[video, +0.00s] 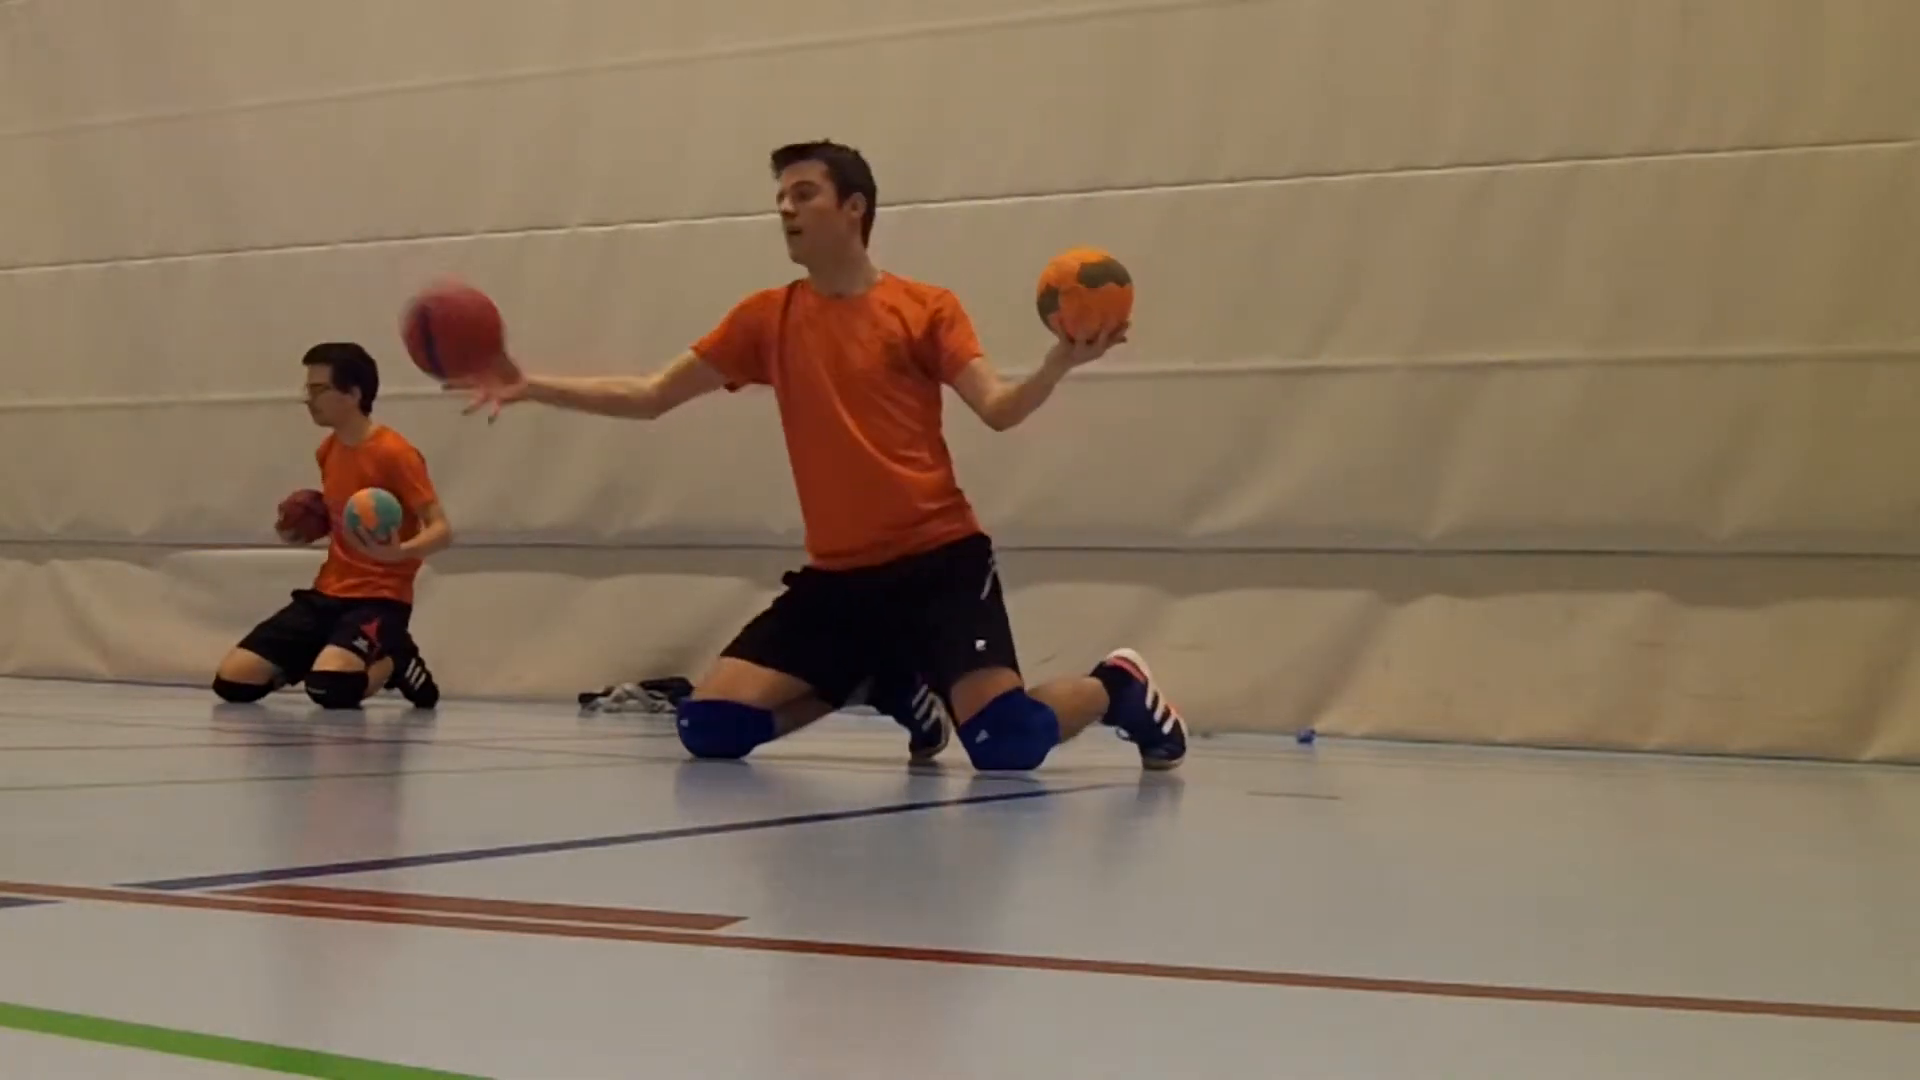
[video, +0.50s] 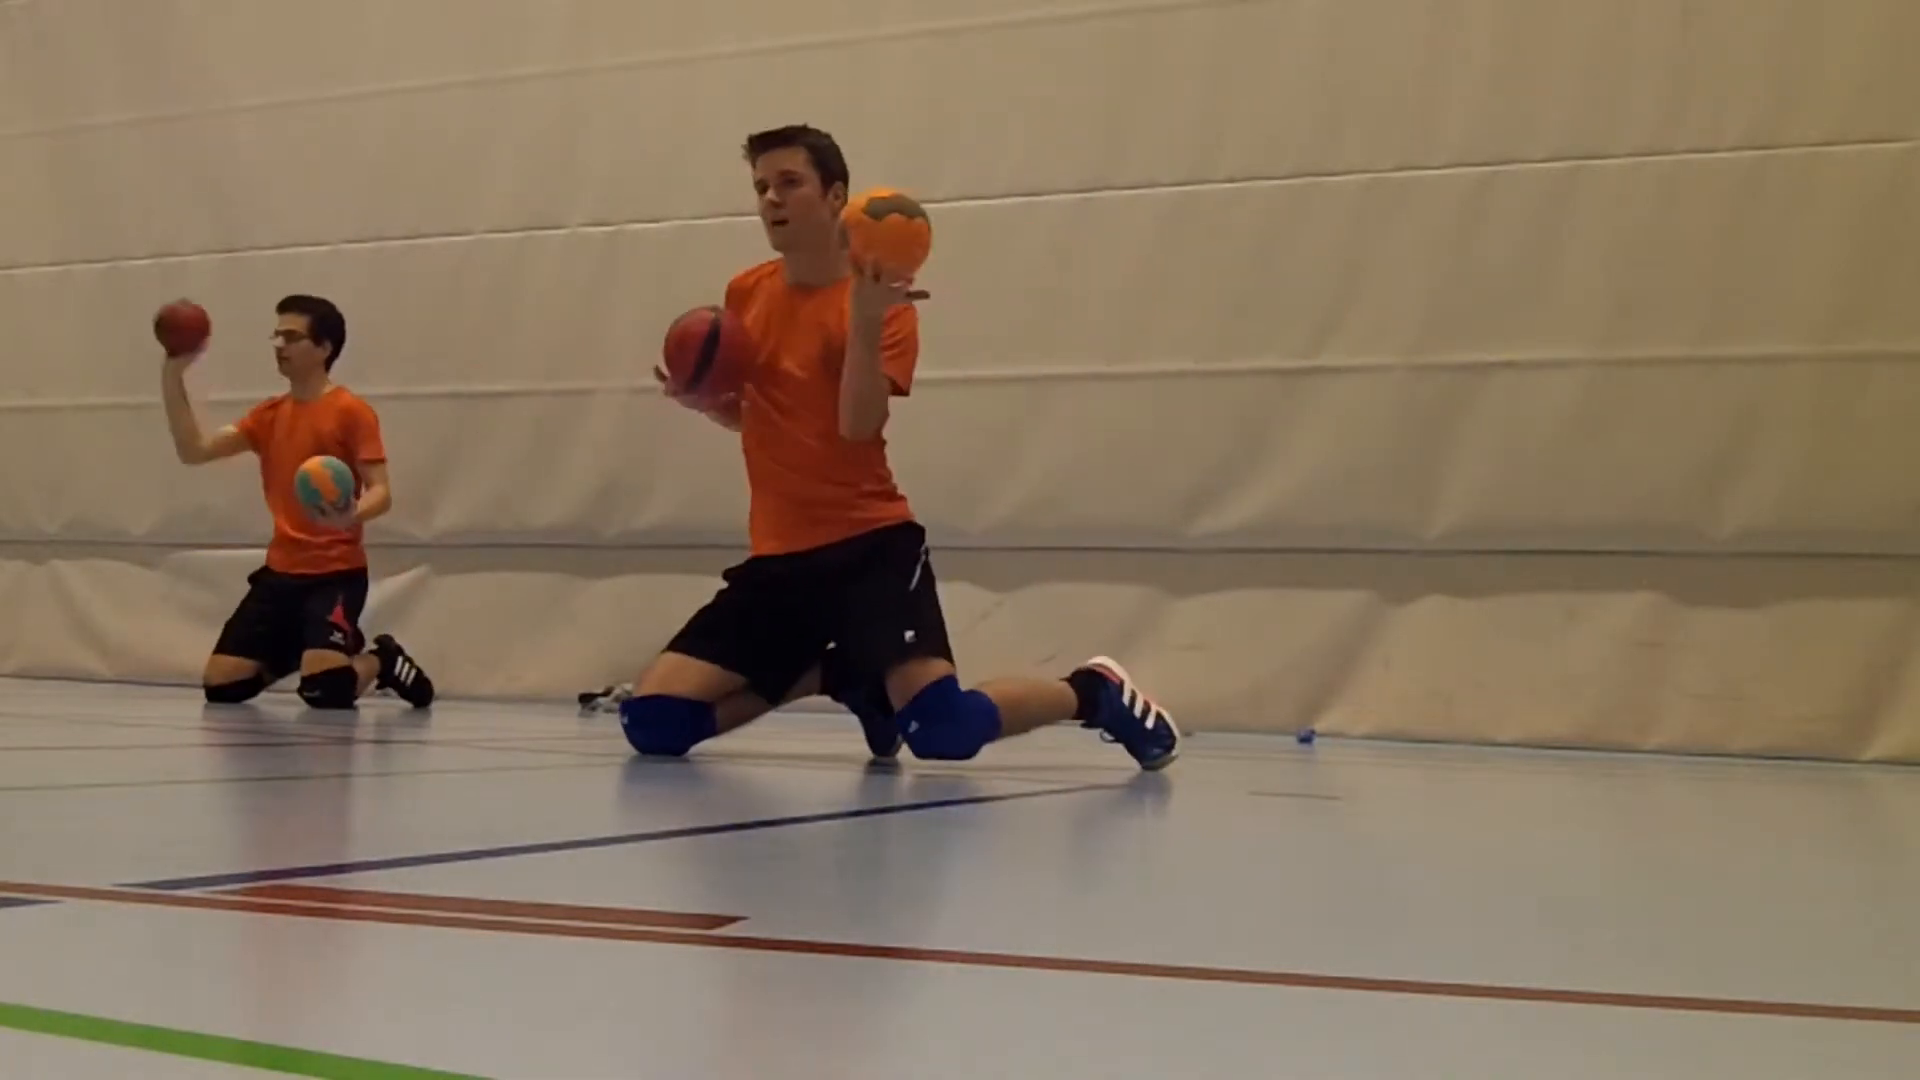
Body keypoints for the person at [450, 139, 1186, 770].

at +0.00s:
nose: (785, 209)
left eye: (804, 194)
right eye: (780, 199)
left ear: (857, 208)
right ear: (784, 219)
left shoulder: (923, 308)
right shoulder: (767, 319)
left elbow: (1002, 411)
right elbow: (650, 394)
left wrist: (1065, 357)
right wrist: (527, 383)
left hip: (940, 566)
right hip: (836, 579)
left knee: (1002, 742)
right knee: (713, 729)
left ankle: (1116, 684)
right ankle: (883, 681)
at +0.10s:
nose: (748, 198)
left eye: (765, 181)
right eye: (745, 185)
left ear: (820, 193)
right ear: (751, 200)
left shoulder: (887, 294)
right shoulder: (736, 309)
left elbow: (965, 396)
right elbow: (694, 431)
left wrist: (1026, 343)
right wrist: (589, 434)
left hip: (906, 544)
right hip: (798, 560)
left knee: (1008, 720)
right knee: (679, 728)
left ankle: (1123, 694)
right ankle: (865, 678)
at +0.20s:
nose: (719, 192)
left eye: (737, 177)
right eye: (716, 180)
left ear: (789, 189)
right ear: (721, 195)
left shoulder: (856, 286)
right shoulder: (721, 300)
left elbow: (933, 394)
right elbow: (748, 406)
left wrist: (987, 333)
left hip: (875, 535)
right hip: (771, 555)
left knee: (989, 690)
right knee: (657, 727)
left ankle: (1104, 697)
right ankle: (844, 673)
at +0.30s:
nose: (721, 197)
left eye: (738, 181)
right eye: (715, 186)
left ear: (787, 192)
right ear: (714, 202)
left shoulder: (851, 292)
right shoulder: (712, 298)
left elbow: (909, 399)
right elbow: (707, 392)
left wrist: (947, 320)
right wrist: (674, 413)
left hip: (868, 535)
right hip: (769, 560)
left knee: (961, 691)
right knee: (651, 727)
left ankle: (1080, 690)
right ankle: (839, 675)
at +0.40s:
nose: (738, 198)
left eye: (754, 181)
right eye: (730, 187)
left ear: (803, 192)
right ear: (728, 203)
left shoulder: (858, 296)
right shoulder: (722, 294)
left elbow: (881, 412)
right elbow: (721, 397)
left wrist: (907, 309)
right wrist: (686, 400)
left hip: (869, 540)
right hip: (771, 562)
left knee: (936, 705)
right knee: (651, 727)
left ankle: (1078, 686)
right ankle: (834, 674)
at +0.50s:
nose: (770, 201)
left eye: (788, 184)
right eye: (761, 189)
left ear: (836, 195)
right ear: (755, 203)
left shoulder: (882, 308)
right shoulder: (747, 293)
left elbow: (860, 426)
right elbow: (754, 418)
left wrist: (865, 320)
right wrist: (700, 395)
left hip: (874, 552)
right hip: (776, 565)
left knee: (942, 730)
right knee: (654, 726)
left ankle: (1093, 692)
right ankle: (838, 677)